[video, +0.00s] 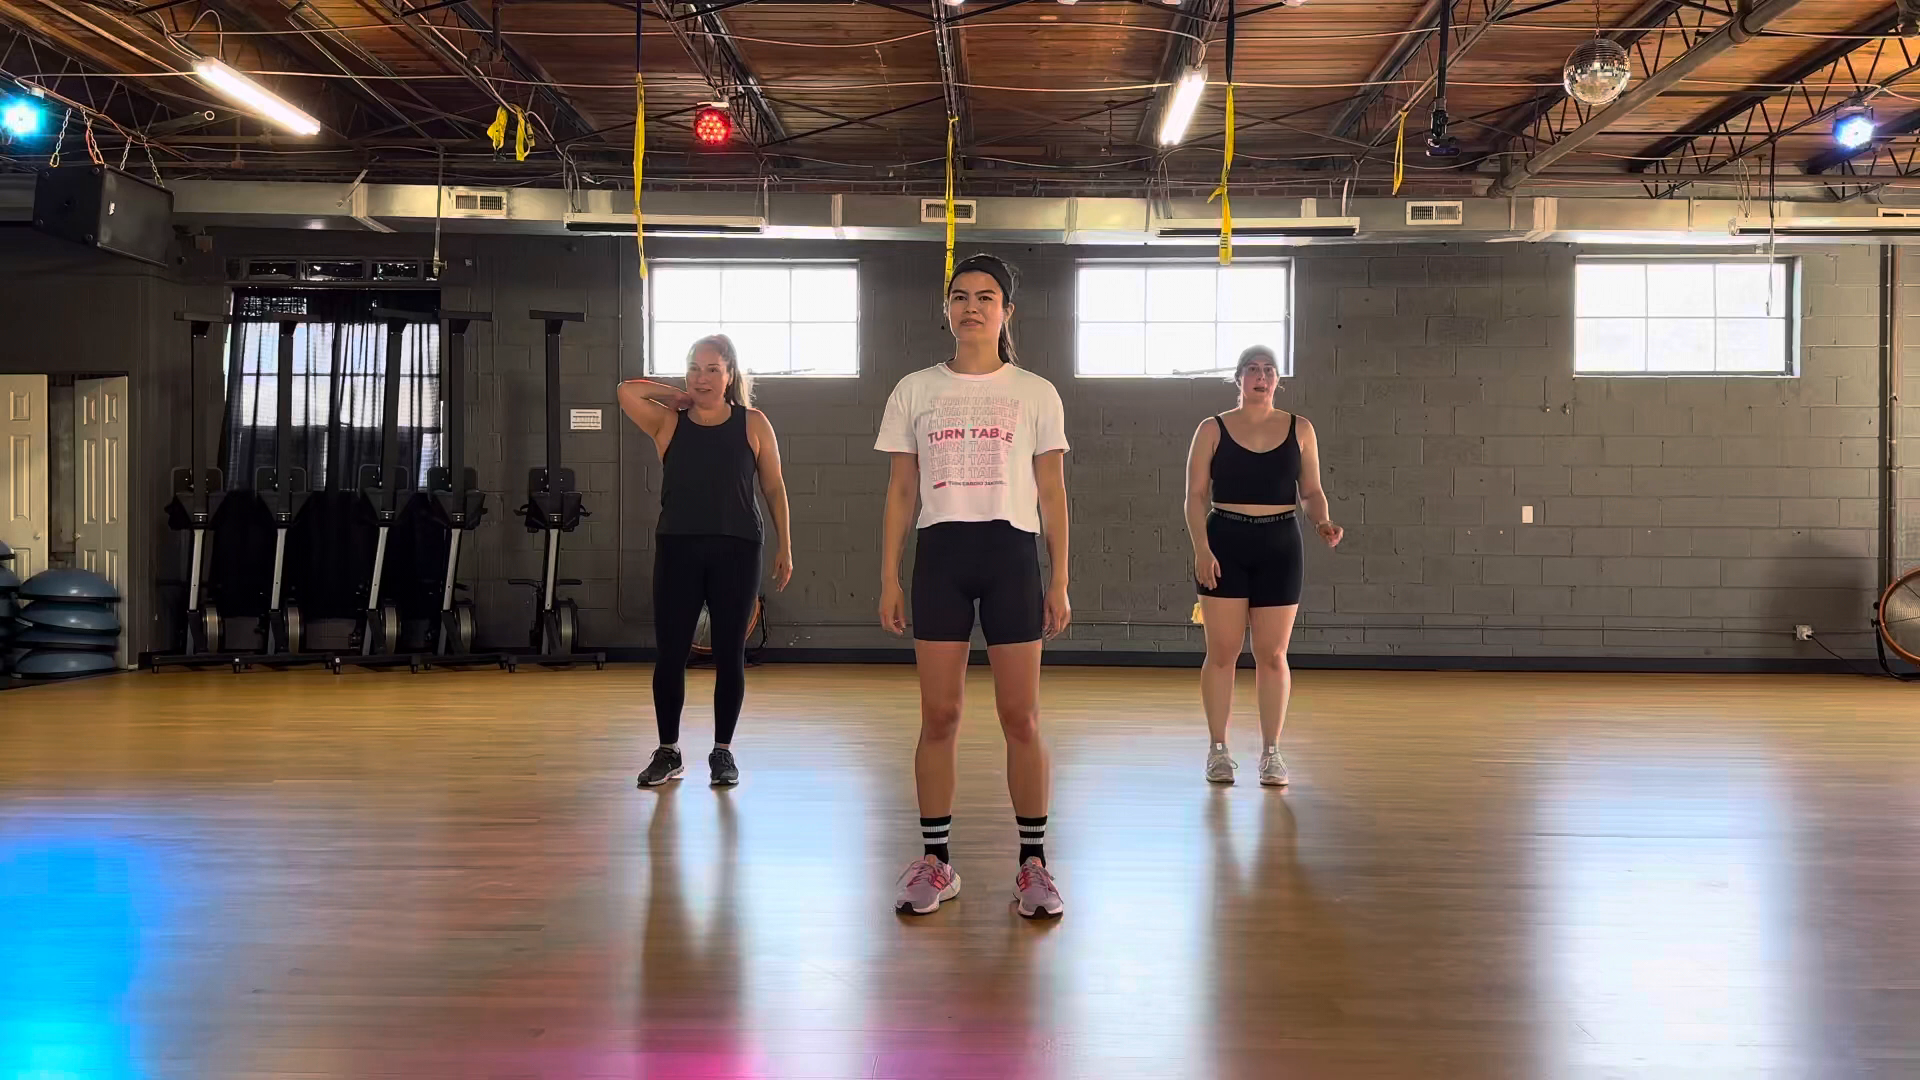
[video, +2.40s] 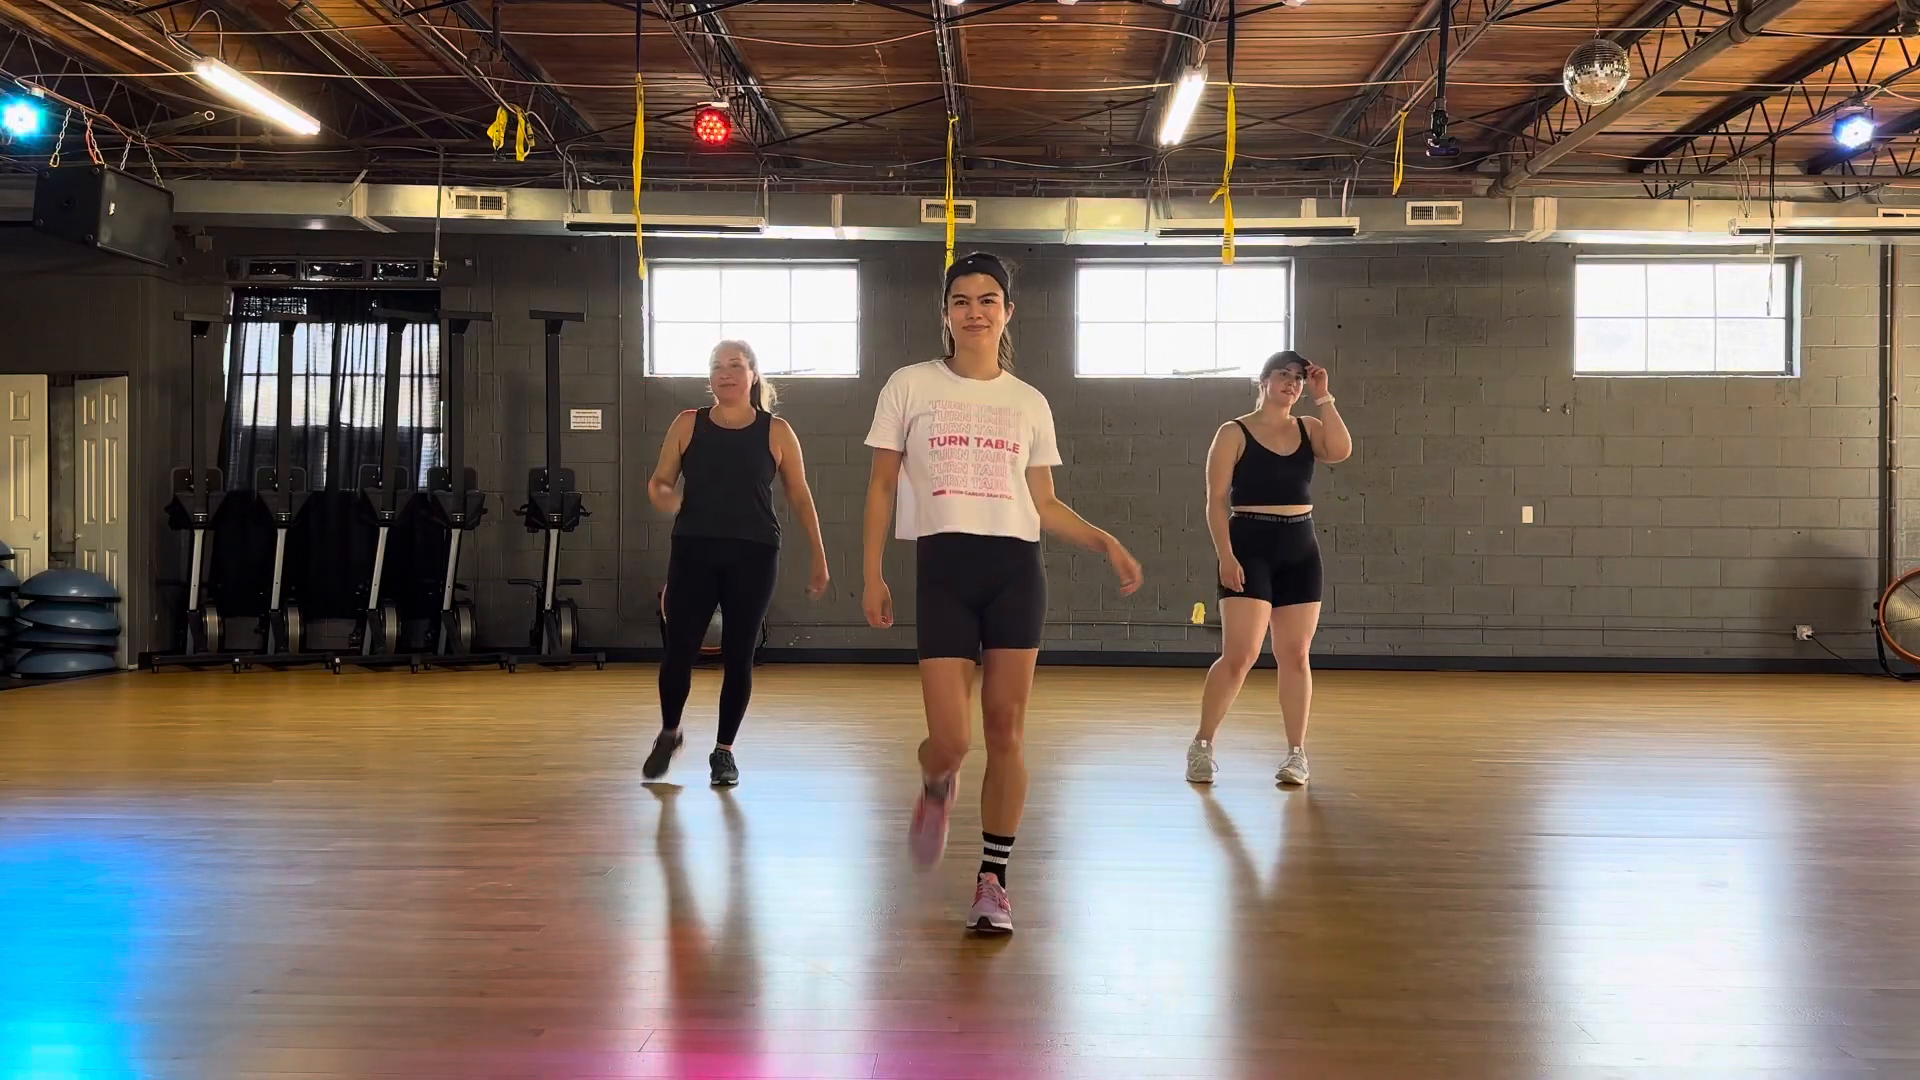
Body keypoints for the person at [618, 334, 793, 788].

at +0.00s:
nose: (703, 376)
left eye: (713, 369)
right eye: (696, 369)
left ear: (730, 375)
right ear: (688, 375)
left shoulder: (754, 423)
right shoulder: (666, 422)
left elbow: (775, 489)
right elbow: (625, 390)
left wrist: (784, 548)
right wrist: (671, 392)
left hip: (736, 552)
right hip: (677, 551)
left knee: (729, 654)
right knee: (670, 653)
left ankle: (722, 751)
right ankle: (667, 750)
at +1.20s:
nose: (717, 376)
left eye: (727, 368)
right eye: (710, 368)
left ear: (745, 376)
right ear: (701, 376)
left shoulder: (766, 427)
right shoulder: (681, 422)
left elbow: (784, 493)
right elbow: (630, 458)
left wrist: (794, 552)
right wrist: (659, 410)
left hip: (745, 553)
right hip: (687, 550)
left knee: (734, 654)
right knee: (675, 652)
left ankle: (723, 750)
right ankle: (668, 750)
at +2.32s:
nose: (724, 373)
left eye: (734, 366)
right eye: (717, 366)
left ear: (752, 375)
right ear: (708, 376)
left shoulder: (775, 428)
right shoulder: (688, 422)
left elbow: (806, 489)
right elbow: (653, 484)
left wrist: (811, 548)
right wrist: (667, 462)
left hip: (750, 554)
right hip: (691, 551)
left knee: (737, 656)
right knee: (675, 651)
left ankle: (723, 750)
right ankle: (669, 746)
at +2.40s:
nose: (726, 373)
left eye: (735, 366)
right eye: (719, 367)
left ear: (754, 376)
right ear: (710, 377)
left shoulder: (777, 430)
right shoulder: (688, 423)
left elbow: (800, 497)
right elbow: (660, 482)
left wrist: (819, 559)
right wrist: (667, 499)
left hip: (752, 556)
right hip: (693, 553)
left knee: (739, 657)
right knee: (679, 651)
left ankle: (724, 751)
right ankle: (669, 733)